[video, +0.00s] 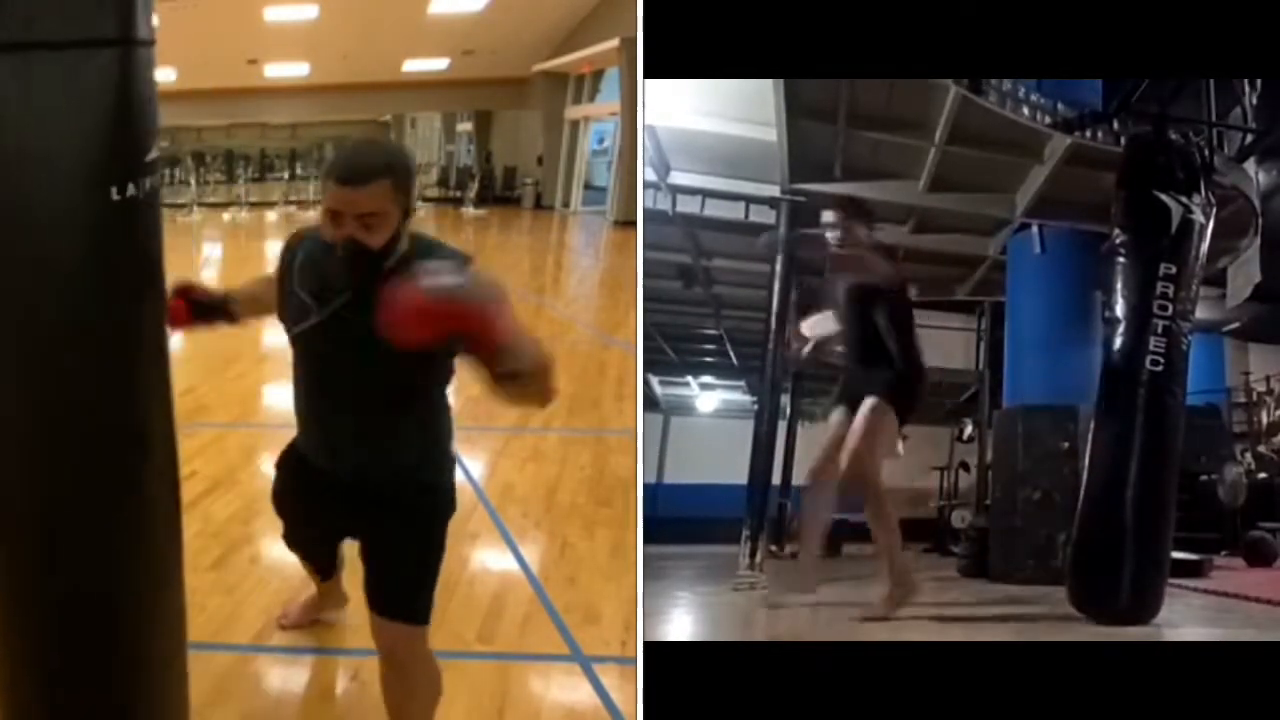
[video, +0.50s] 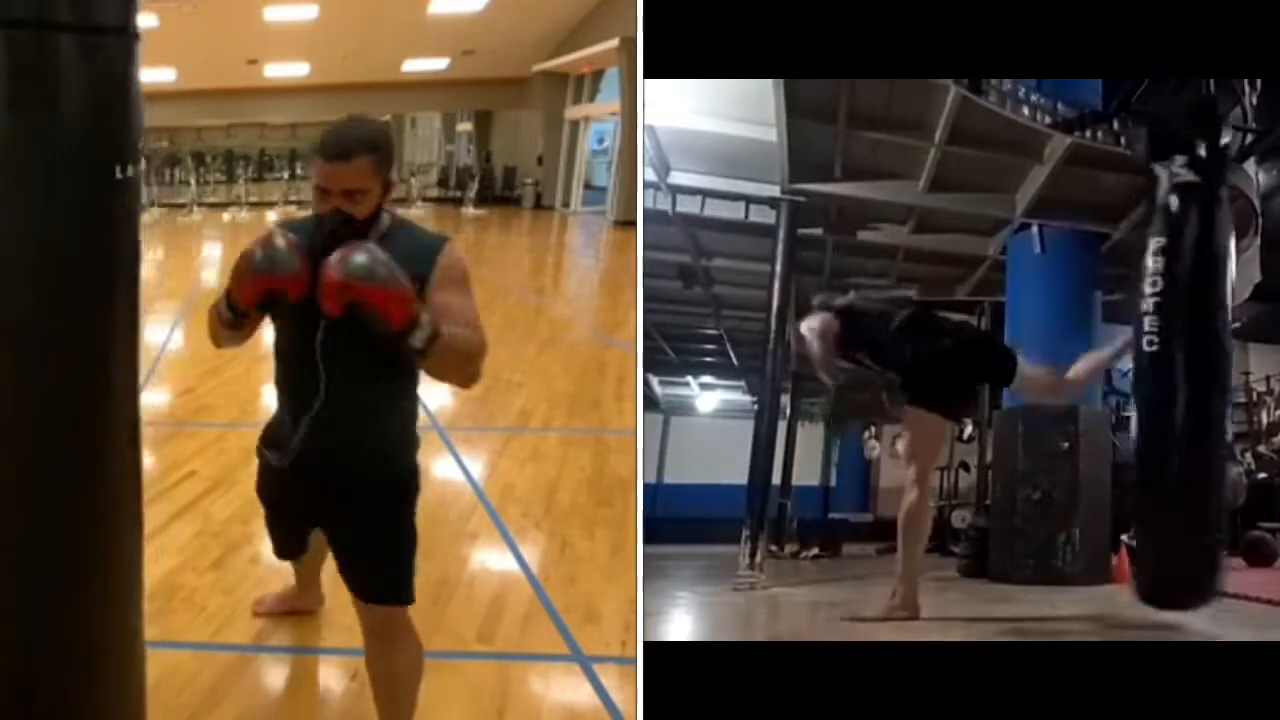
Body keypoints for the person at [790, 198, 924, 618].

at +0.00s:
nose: (834, 236)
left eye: (842, 228)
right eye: (830, 228)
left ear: (864, 229)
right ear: (828, 231)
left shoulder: (881, 269)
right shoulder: (850, 277)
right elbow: (860, 338)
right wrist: (819, 338)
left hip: (892, 380)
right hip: (859, 381)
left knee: (860, 469)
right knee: (822, 474)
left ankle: (899, 579)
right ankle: (806, 574)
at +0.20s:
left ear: (832, 257)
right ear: (875, 253)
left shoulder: (822, 275)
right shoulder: (891, 271)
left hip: (902, 362)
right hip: (944, 350)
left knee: (892, 485)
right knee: (932, 403)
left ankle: (902, 597)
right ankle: (1022, 408)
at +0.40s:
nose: (797, 347)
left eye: (794, 339)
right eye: (792, 342)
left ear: (798, 326)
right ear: (809, 315)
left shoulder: (822, 321)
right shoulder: (849, 313)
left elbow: (789, 316)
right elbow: (906, 301)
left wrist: (789, 322)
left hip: (920, 364)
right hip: (951, 335)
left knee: (917, 483)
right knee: (1062, 348)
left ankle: (906, 597)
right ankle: (1146, 327)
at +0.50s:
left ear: (817, 318)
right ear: (834, 304)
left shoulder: (828, 318)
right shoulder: (869, 308)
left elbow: (812, 330)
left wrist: (823, 365)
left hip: (930, 367)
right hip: (966, 341)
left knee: (918, 484)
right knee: (1063, 387)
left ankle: (906, 597)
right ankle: (1123, 345)